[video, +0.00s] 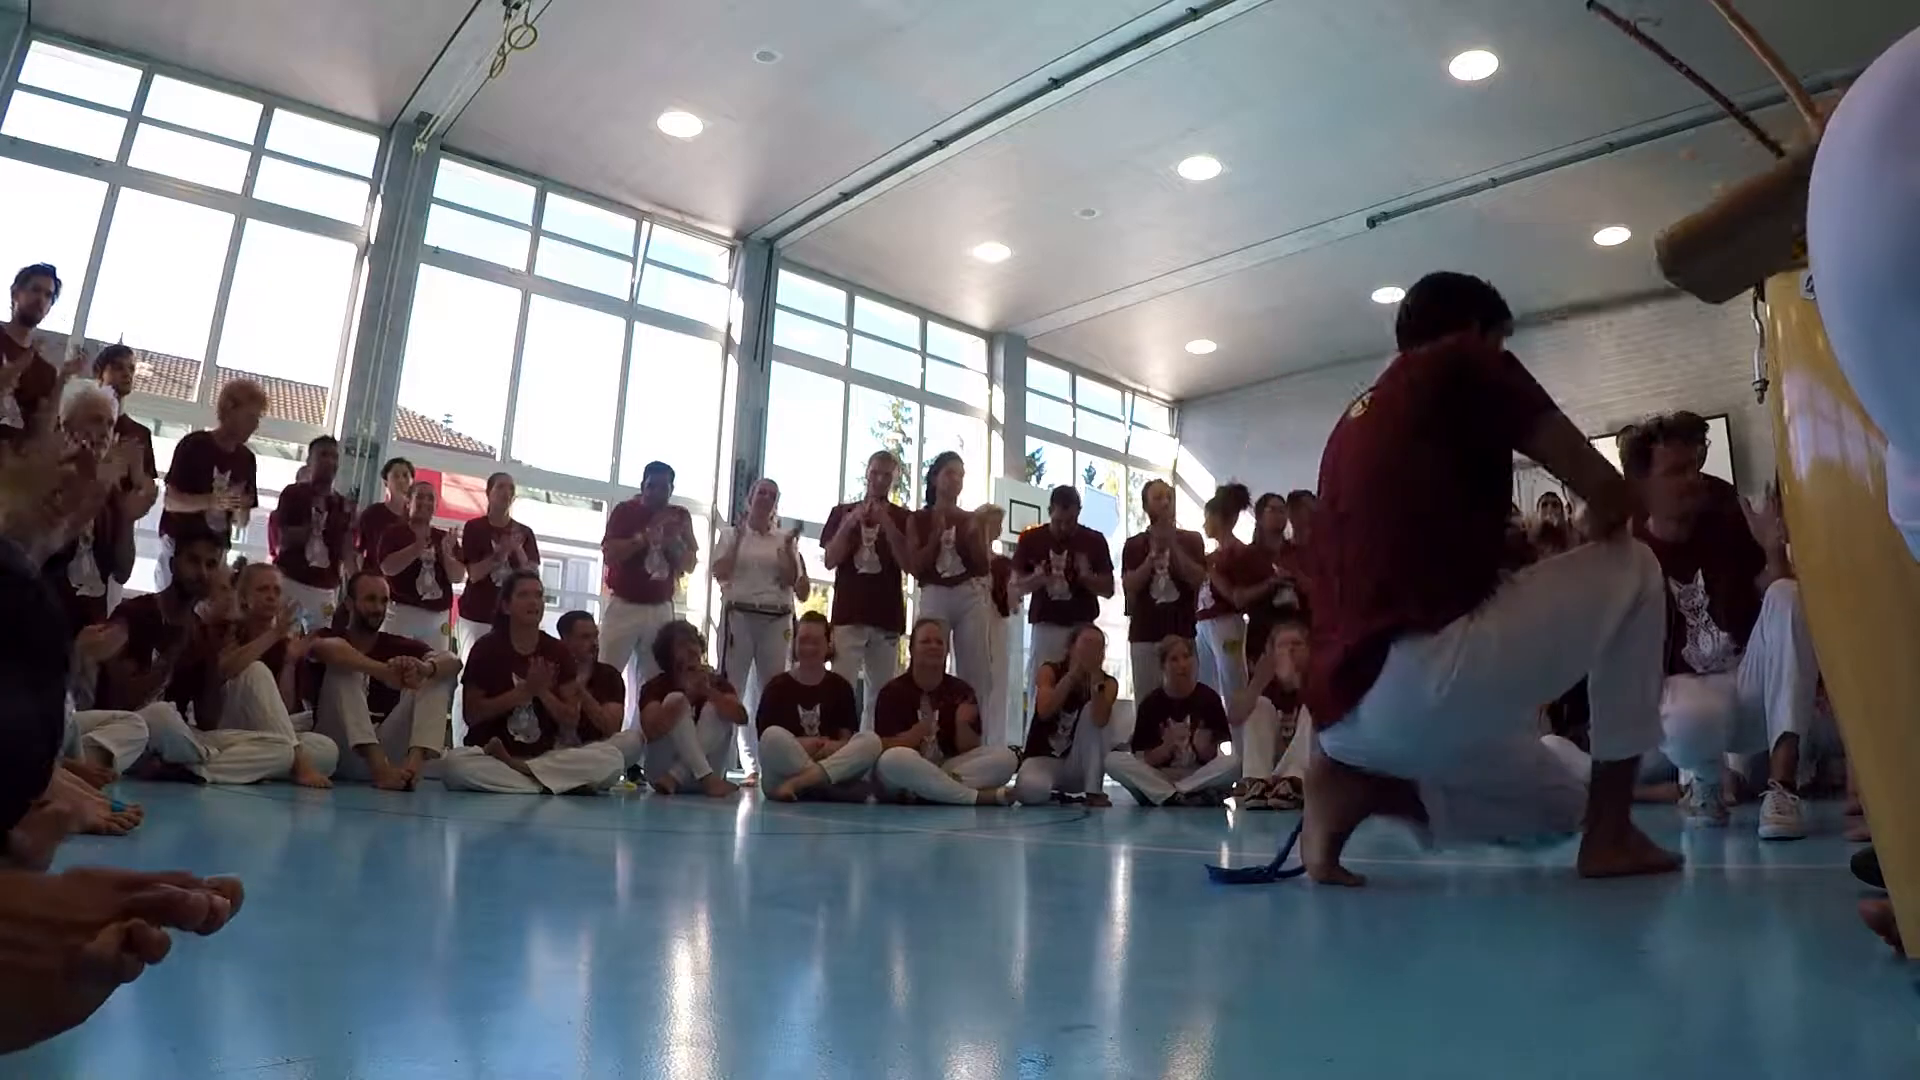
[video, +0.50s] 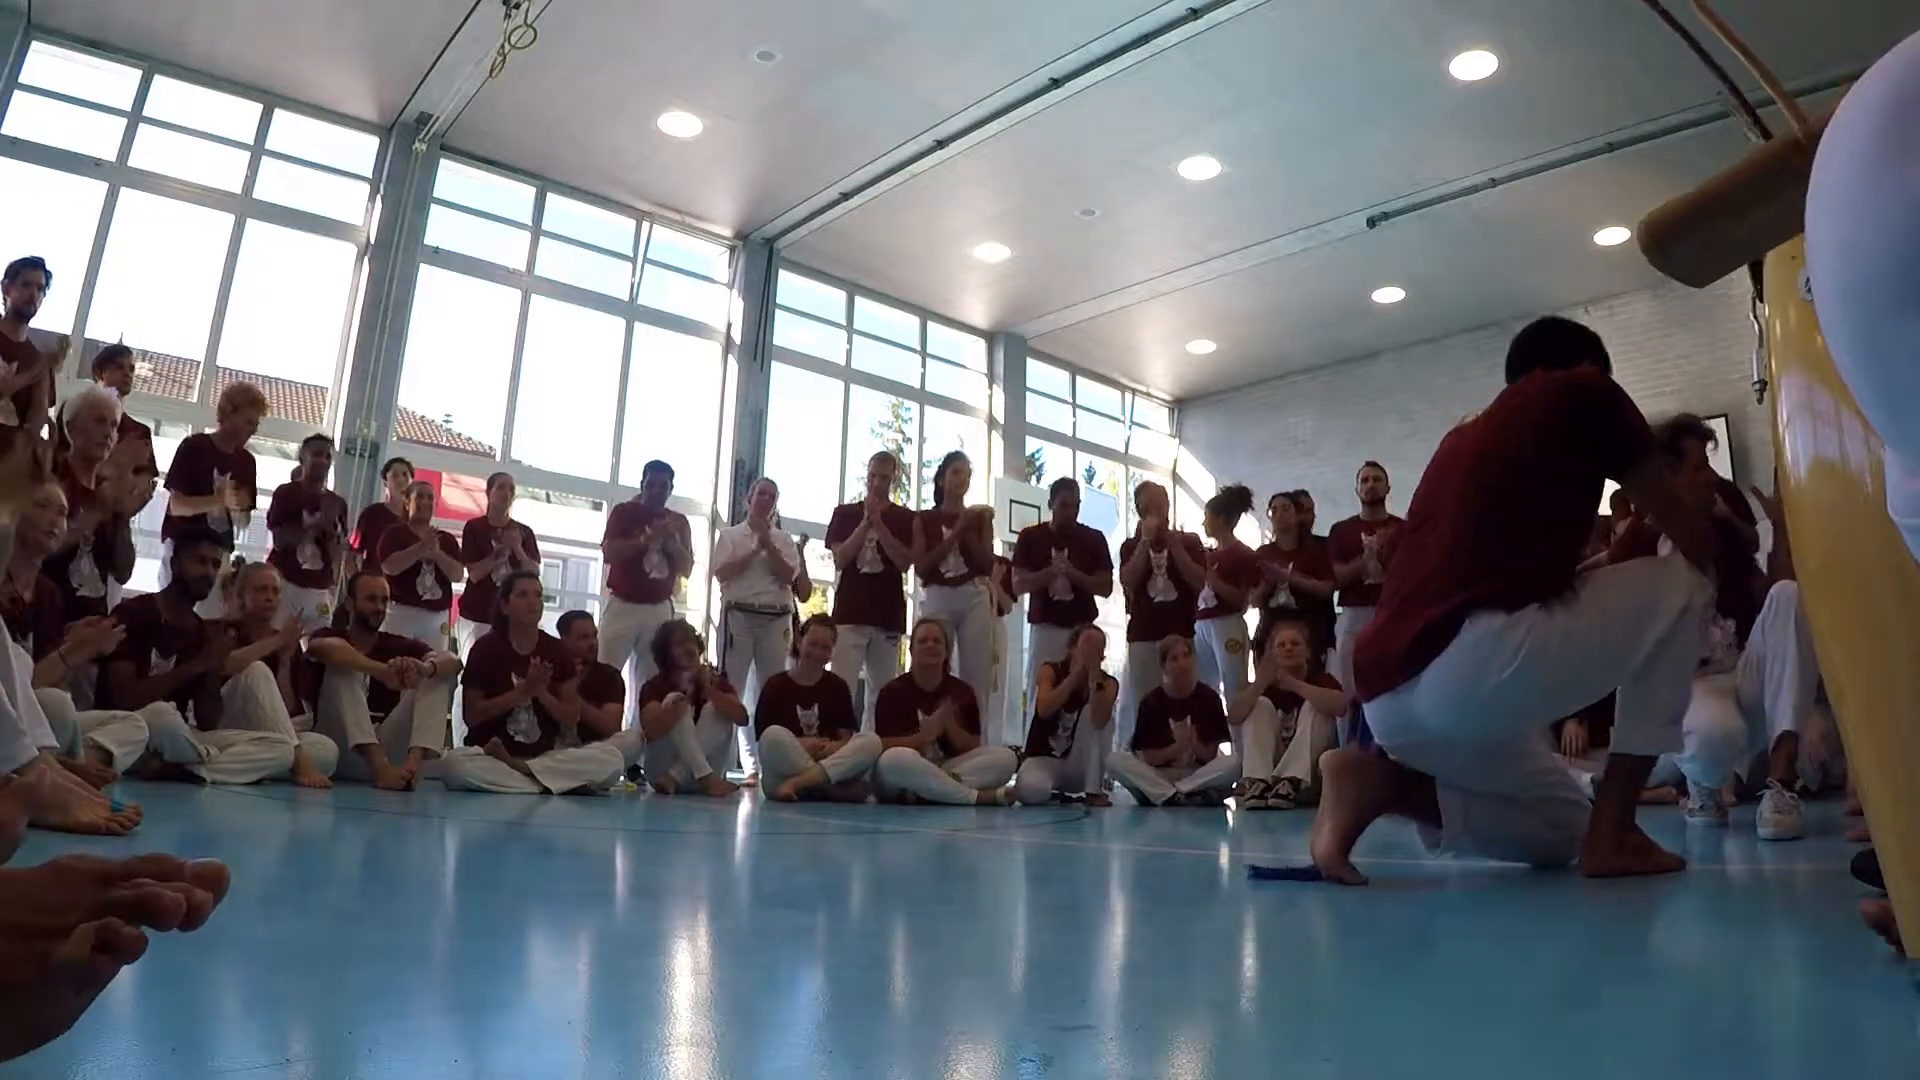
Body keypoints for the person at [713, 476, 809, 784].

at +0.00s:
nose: (765, 499)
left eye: (770, 495)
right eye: (761, 493)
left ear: (776, 502)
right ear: (749, 497)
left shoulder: (785, 540)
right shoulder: (733, 535)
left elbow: (800, 589)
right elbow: (720, 573)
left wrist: (789, 557)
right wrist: (738, 538)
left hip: (776, 617)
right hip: (738, 615)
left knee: (773, 690)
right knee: (731, 689)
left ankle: (770, 763)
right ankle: (723, 763)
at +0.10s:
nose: (765, 498)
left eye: (770, 495)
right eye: (761, 493)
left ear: (776, 502)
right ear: (749, 497)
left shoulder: (784, 540)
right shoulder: (733, 533)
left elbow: (797, 585)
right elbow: (722, 575)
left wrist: (788, 552)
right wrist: (736, 538)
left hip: (777, 617)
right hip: (738, 615)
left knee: (773, 691)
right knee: (730, 690)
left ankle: (769, 763)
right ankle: (722, 763)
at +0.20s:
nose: (764, 499)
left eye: (770, 496)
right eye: (760, 494)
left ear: (776, 503)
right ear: (749, 498)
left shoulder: (785, 538)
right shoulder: (731, 534)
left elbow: (795, 583)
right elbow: (723, 575)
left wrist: (770, 550)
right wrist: (756, 550)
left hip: (776, 619)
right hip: (737, 617)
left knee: (775, 692)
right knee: (730, 691)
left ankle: (774, 763)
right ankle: (726, 765)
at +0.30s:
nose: (764, 499)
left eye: (770, 495)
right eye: (760, 493)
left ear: (775, 502)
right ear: (749, 498)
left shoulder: (784, 538)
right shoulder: (731, 534)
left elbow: (798, 584)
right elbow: (719, 573)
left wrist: (779, 552)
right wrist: (749, 545)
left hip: (776, 618)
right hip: (737, 616)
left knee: (774, 691)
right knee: (730, 690)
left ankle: (772, 763)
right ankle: (725, 765)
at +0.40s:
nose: (765, 499)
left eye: (770, 496)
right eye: (760, 494)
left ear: (775, 503)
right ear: (749, 498)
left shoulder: (783, 538)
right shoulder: (730, 534)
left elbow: (789, 580)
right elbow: (720, 574)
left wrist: (783, 547)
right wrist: (739, 542)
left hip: (776, 617)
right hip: (738, 616)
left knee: (774, 689)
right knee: (730, 689)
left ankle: (769, 761)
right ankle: (723, 762)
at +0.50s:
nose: (764, 499)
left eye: (769, 496)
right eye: (760, 494)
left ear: (776, 503)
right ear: (748, 498)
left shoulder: (785, 539)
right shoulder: (730, 534)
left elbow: (789, 576)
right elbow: (721, 574)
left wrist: (768, 545)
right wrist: (754, 552)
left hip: (776, 617)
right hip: (738, 615)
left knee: (773, 690)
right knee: (730, 689)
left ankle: (770, 762)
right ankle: (725, 763)